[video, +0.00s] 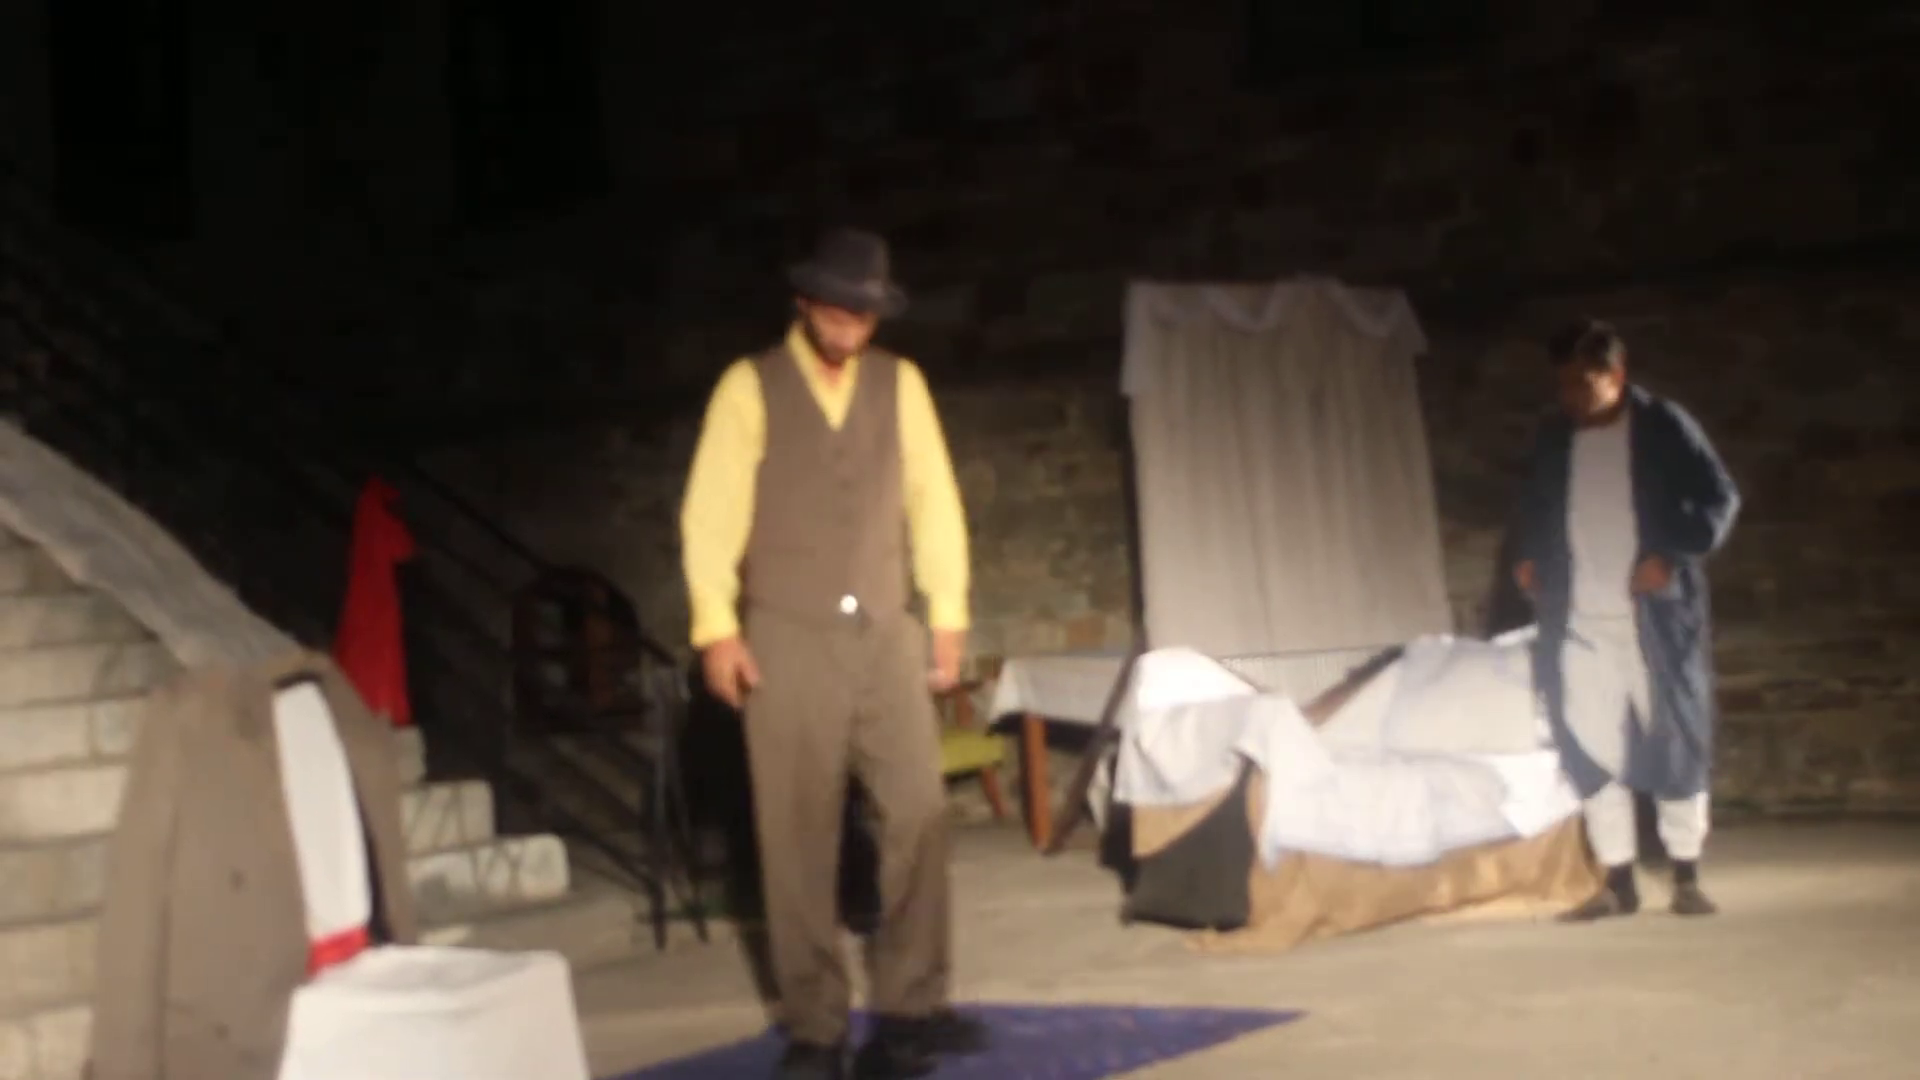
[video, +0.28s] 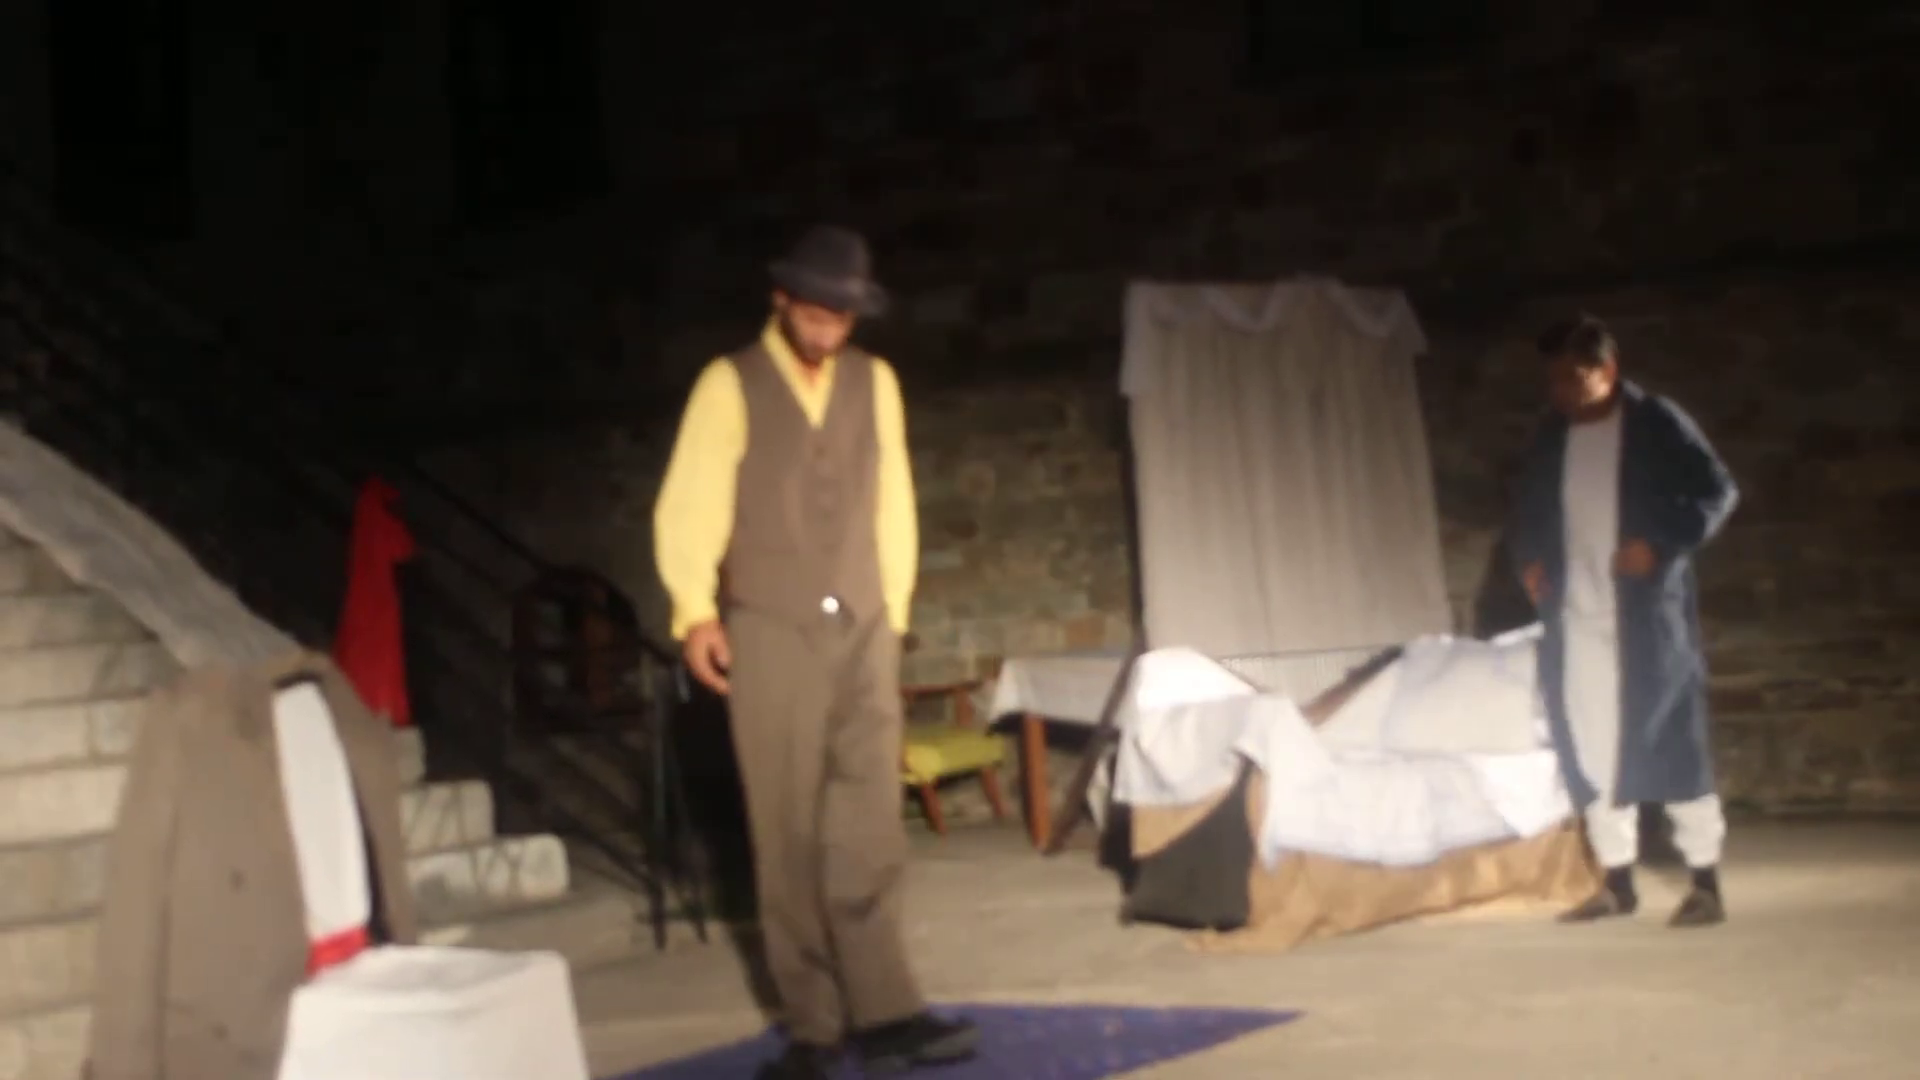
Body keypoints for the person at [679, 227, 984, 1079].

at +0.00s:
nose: (848, 329)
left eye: (863, 315)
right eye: (835, 311)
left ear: (881, 316)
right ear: (803, 301)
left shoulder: (900, 385)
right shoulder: (750, 388)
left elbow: (935, 503)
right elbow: (711, 511)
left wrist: (947, 618)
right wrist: (716, 627)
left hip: (889, 638)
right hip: (786, 642)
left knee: (919, 813)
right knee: (796, 835)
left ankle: (911, 1009)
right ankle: (813, 1025)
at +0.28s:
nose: (828, 326)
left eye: (843, 313)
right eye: (814, 308)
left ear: (859, 315)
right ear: (781, 298)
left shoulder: (876, 384)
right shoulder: (730, 386)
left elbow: (896, 501)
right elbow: (688, 505)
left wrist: (893, 616)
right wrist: (695, 612)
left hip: (864, 635)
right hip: (770, 640)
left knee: (869, 832)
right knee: (788, 834)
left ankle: (888, 1012)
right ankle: (811, 1024)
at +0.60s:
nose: (852, 317)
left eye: (862, 302)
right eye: (837, 300)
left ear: (870, 303)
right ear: (792, 292)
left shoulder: (881, 386)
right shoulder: (729, 389)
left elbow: (913, 501)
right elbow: (691, 517)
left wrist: (944, 608)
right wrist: (699, 628)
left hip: (875, 635)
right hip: (780, 640)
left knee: (920, 817)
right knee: (798, 837)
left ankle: (945, 1004)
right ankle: (811, 1024)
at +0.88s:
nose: (927, 317)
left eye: (931, 303)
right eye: (916, 300)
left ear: (908, 303)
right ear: (867, 292)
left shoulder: (911, 386)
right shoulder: (788, 384)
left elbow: (933, 502)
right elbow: (739, 509)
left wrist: (940, 603)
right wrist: (786, 625)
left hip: (914, 629)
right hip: (838, 633)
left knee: (928, 824)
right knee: (839, 831)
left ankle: (944, 1007)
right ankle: (814, 1026)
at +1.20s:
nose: (989, 314)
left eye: (992, 297)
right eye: (983, 295)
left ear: (946, 289)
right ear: (941, 288)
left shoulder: (920, 374)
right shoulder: (877, 373)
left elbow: (899, 500)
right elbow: (820, 484)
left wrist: (942, 613)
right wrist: (843, 599)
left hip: (931, 616)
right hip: (901, 617)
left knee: (947, 809)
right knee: (935, 811)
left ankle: (946, 999)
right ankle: (935, 1008)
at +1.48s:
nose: (1023, 324)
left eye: (1027, 307)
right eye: (1018, 305)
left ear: (969, 298)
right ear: (980, 292)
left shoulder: (923, 362)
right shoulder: (952, 366)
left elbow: (920, 491)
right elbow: (932, 486)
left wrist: (952, 596)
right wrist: (953, 606)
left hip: (909, 607)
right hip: (949, 608)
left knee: (948, 808)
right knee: (1013, 799)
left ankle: (942, 1002)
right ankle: (1020, 1002)